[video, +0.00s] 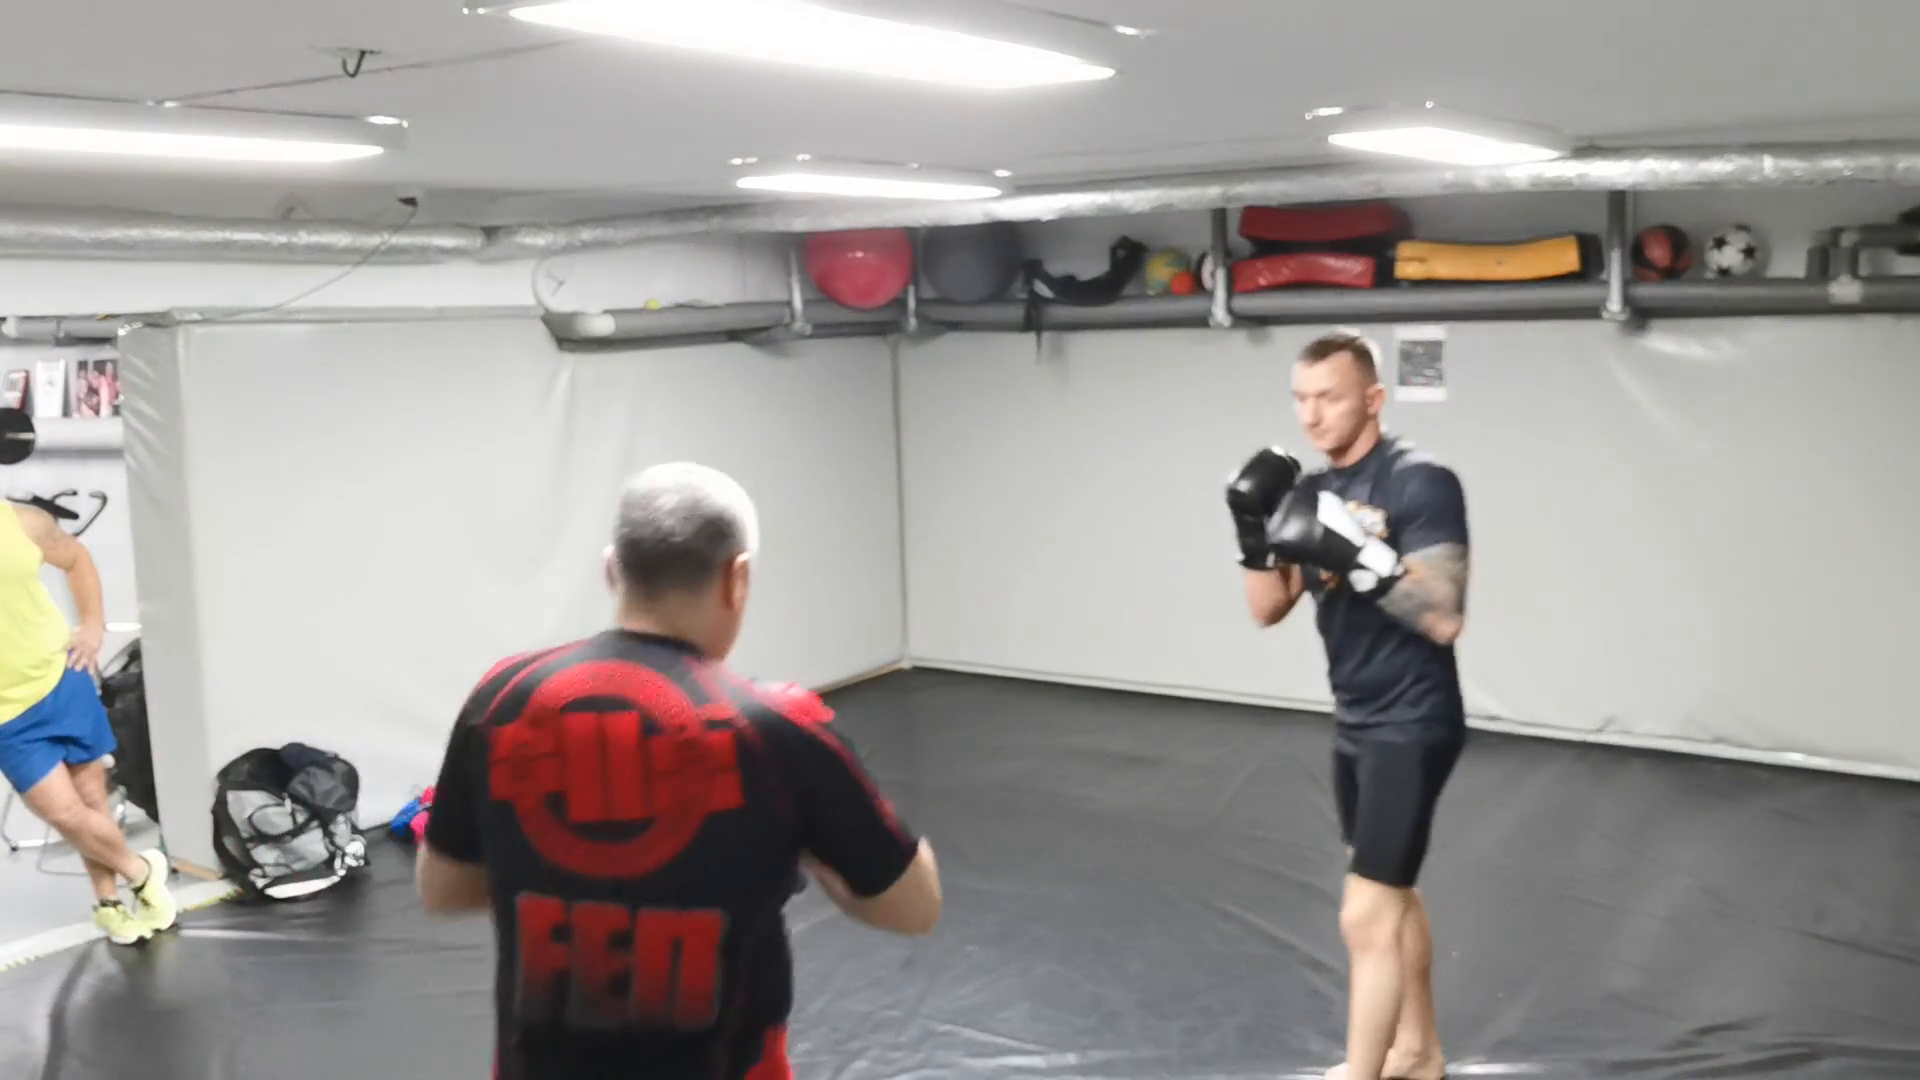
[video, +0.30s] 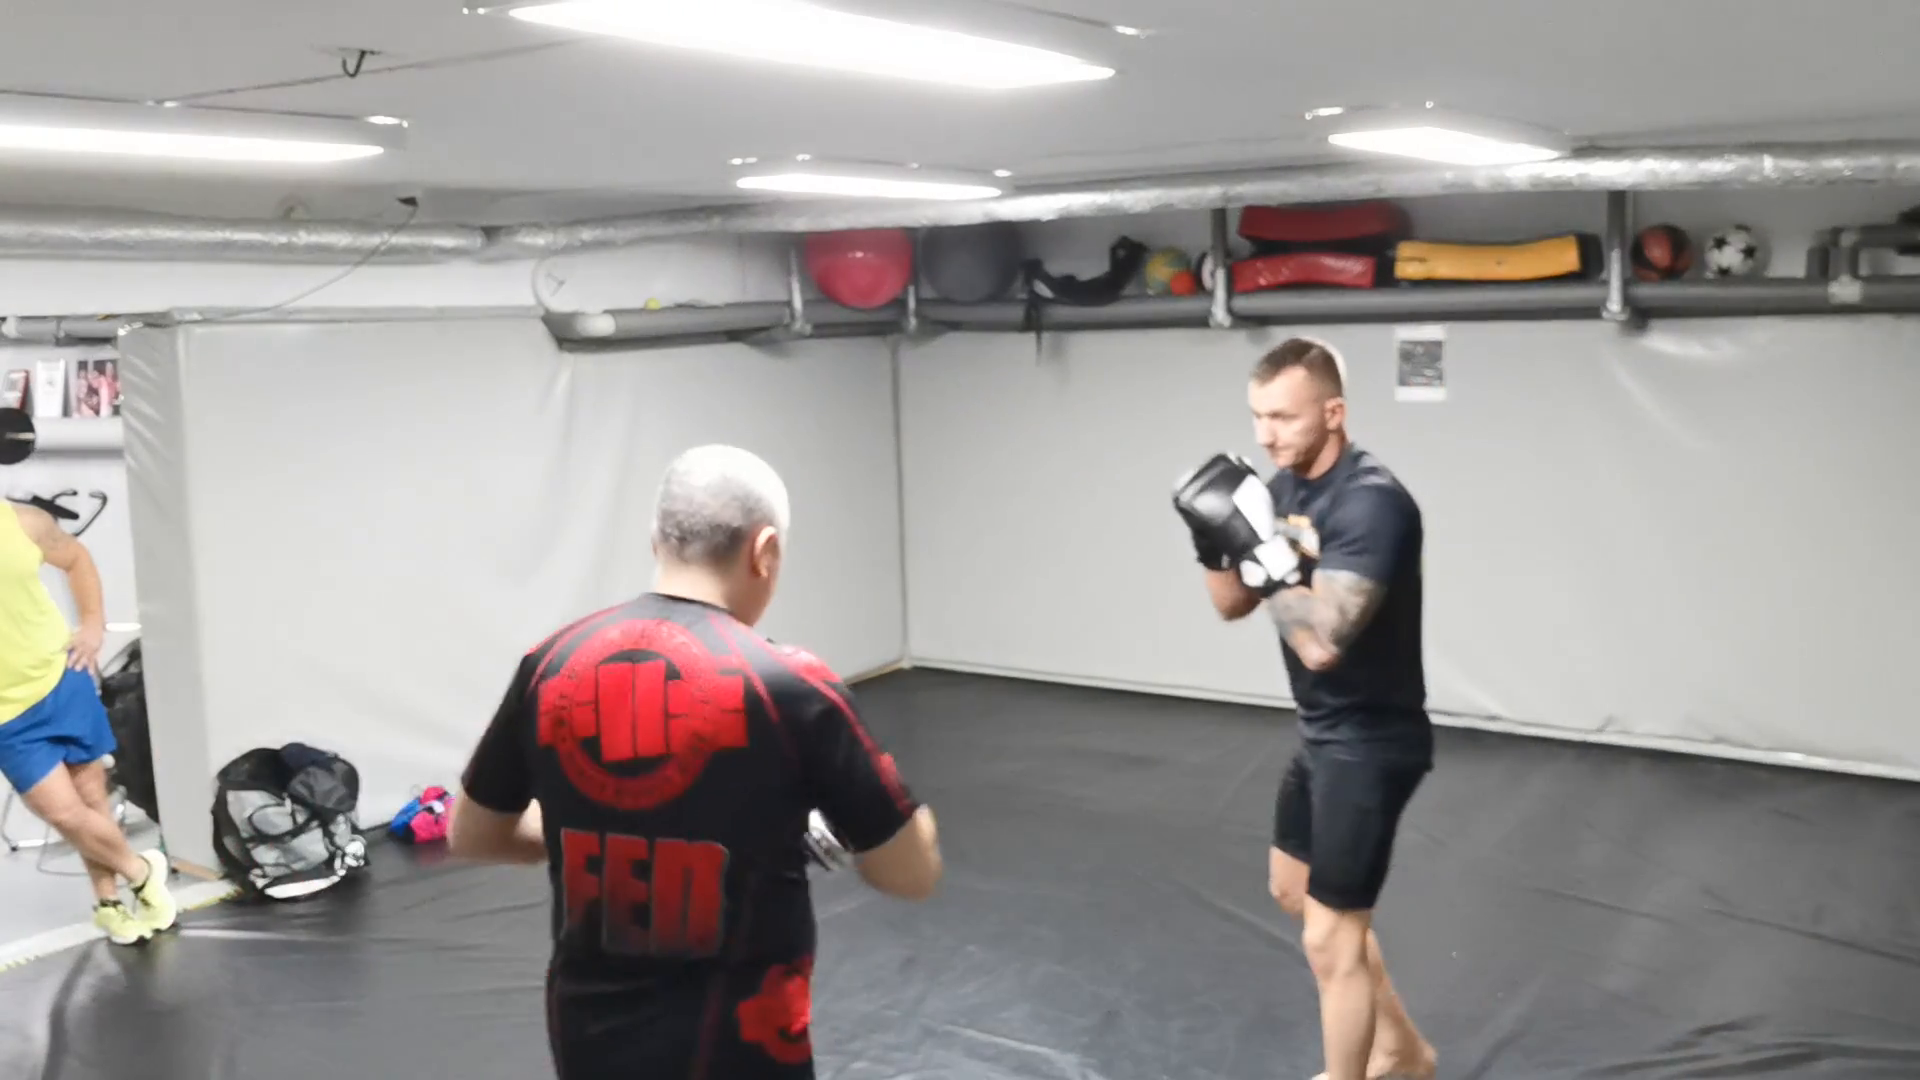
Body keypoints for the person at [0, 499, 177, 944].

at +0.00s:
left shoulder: (20, 522)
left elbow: (76, 557)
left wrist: (92, 623)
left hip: (62, 683)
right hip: (7, 715)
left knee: (91, 798)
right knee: (65, 816)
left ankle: (107, 901)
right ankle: (142, 872)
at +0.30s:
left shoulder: (21, 522)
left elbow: (76, 558)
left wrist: (92, 624)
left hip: (62, 683)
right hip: (7, 715)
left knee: (91, 797)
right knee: (64, 815)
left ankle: (107, 901)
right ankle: (142, 872)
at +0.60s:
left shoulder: (21, 522)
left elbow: (76, 559)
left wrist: (92, 624)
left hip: (63, 683)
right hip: (7, 715)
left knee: (91, 799)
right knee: (66, 818)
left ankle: (108, 901)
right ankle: (142, 872)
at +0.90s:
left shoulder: (22, 522)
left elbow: (76, 559)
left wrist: (92, 624)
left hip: (62, 683)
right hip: (8, 716)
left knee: (91, 799)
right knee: (66, 817)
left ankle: (108, 901)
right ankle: (142, 872)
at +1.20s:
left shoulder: (22, 522)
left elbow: (77, 558)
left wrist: (93, 623)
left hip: (63, 683)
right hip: (8, 716)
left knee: (92, 800)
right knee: (67, 818)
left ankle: (108, 902)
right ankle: (142, 872)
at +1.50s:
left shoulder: (21, 522)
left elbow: (76, 557)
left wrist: (92, 622)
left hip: (62, 682)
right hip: (8, 715)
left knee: (92, 798)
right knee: (66, 817)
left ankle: (108, 902)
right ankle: (142, 872)